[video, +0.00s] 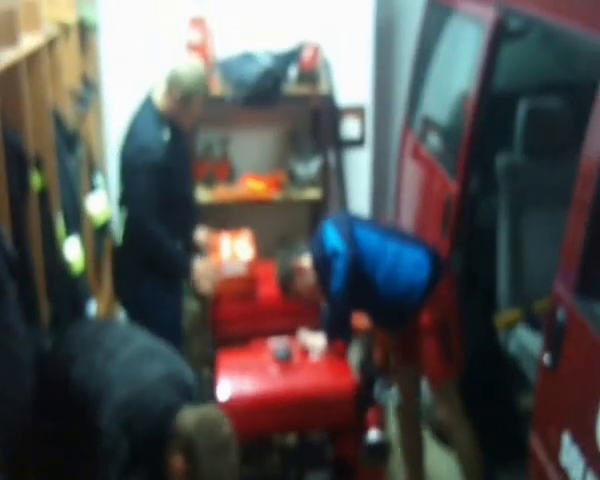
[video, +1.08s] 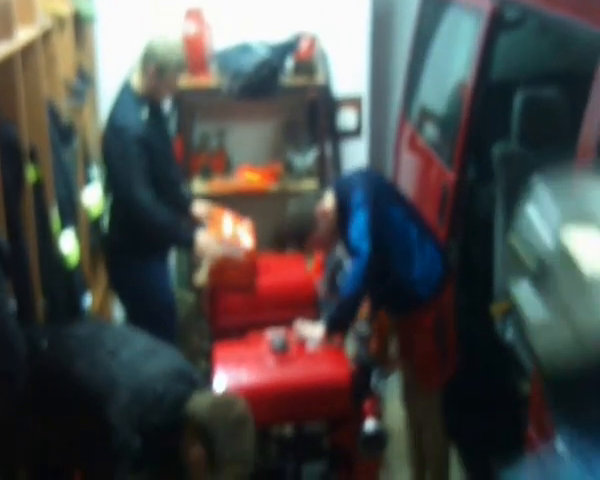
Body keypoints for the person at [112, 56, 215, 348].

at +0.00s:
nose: (200, 113)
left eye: (202, 104)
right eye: (197, 104)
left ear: (174, 95)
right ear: (177, 98)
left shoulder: (167, 127)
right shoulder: (152, 145)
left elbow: (169, 198)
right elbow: (146, 222)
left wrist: (191, 230)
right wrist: (187, 266)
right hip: (149, 269)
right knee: (162, 357)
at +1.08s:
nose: (175, 86)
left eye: (177, 78)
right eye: (172, 77)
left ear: (155, 73)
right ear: (152, 72)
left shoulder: (151, 109)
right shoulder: (127, 124)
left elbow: (161, 178)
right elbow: (139, 202)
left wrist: (187, 205)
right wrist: (190, 237)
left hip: (150, 244)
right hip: (134, 251)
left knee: (157, 336)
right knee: (159, 340)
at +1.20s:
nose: (177, 81)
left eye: (180, 73)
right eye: (174, 72)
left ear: (161, 68)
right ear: (155, 67)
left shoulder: (157, 103)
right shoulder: (132, 119)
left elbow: (169, 168)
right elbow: (147, 196)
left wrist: (202, 183)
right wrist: (206, 218)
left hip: (156, 241)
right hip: (140, 249)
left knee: (157, 336)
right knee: (163, 340)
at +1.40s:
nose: (190, 77)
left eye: (191, 68)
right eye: (188, 68)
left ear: (171, 61)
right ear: (168, 61)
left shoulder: (156, 94)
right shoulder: (148, 111)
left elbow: (184, 143)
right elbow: (175, 184)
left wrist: (224, 170)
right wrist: (233, 204)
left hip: (156, 232)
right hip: (151, 242)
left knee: (160, 323)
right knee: (165, 328)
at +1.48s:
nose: (194, 77)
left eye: (196, 69)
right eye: (192, 69)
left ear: (175, 59)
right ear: (172, 59)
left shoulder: (159, 90)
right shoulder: (152, 108)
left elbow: (190, 137)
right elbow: (181, 178)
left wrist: (230, 165)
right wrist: (241, 200)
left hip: (159, 230)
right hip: (153, 240)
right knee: (165, 330)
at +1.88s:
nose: (230, 75)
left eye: (233, 67)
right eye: (230, 66)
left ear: (206, 51)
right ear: (213, 59)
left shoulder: (178, 75)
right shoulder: (186, 105)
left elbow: (214, 141)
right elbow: (214, 175)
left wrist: (249, 172)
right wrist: (264, 205)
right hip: (152, 227)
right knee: (162, 320)